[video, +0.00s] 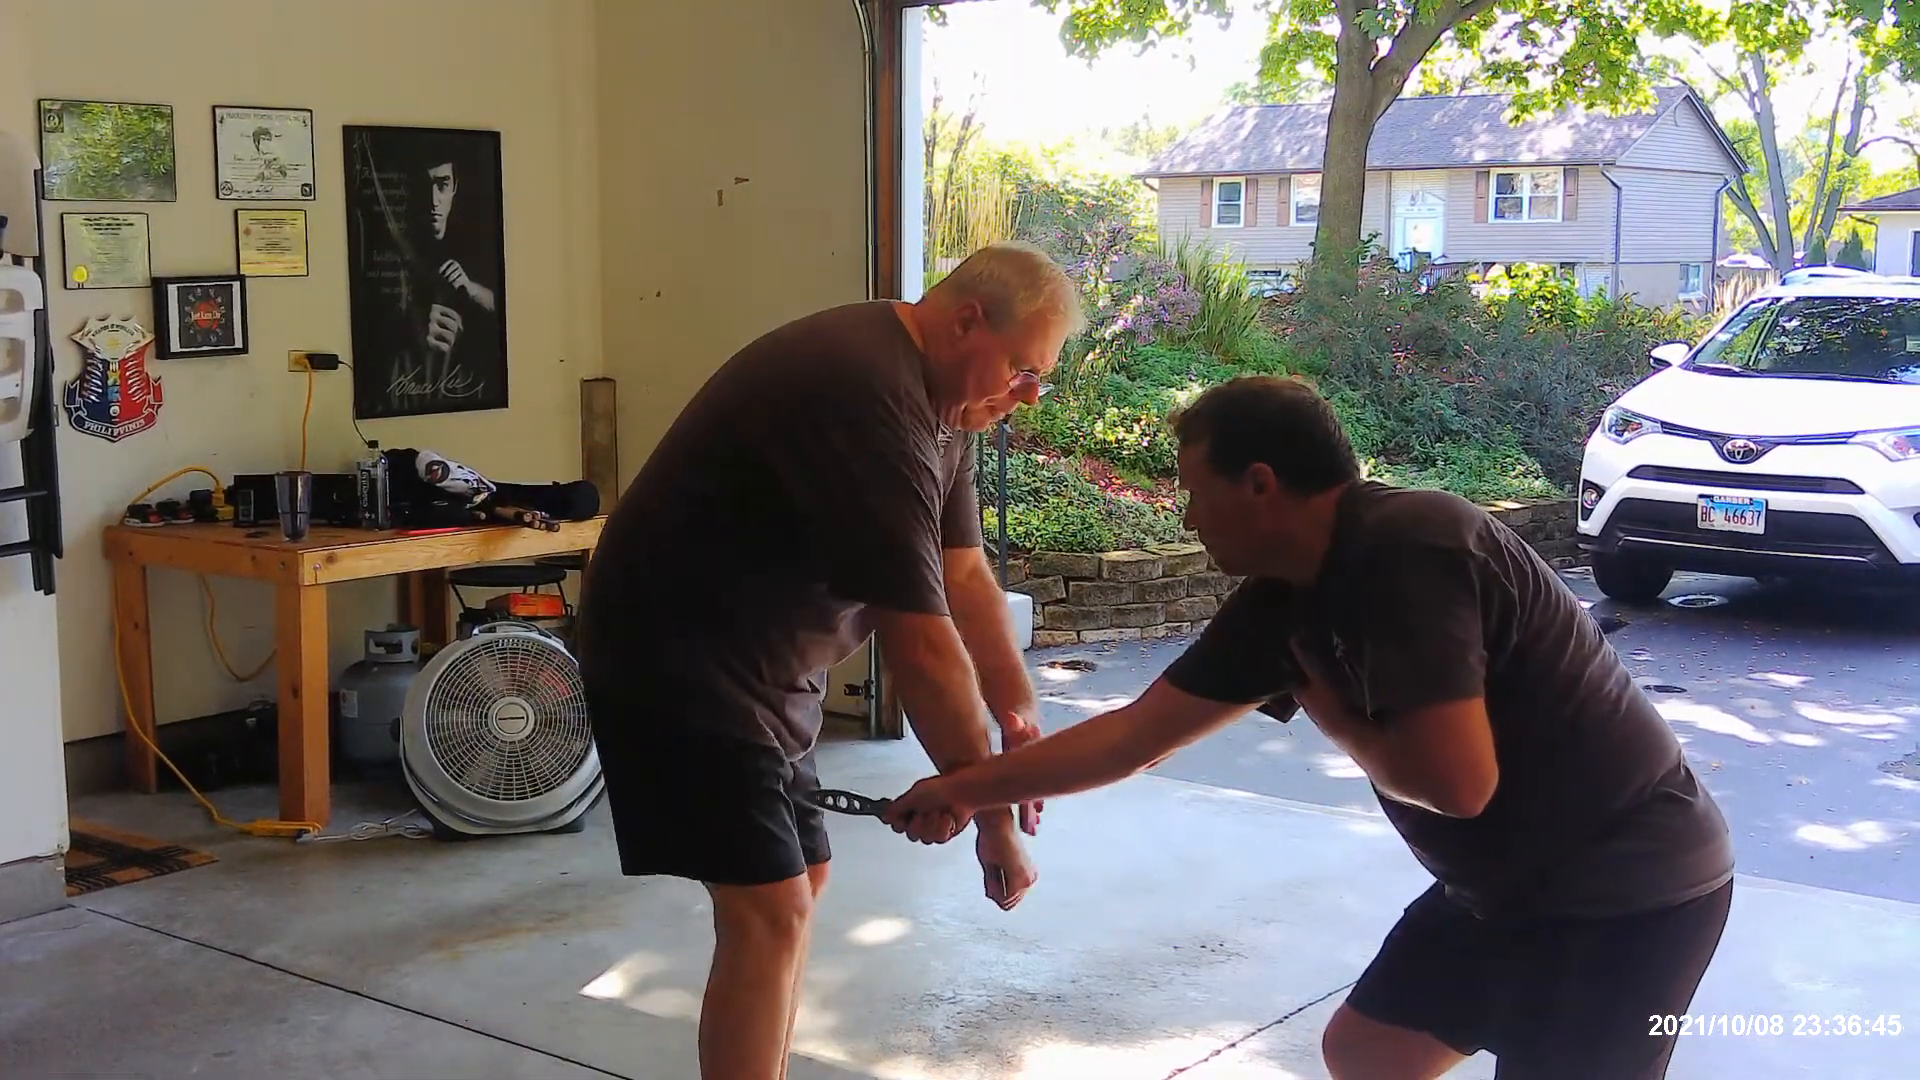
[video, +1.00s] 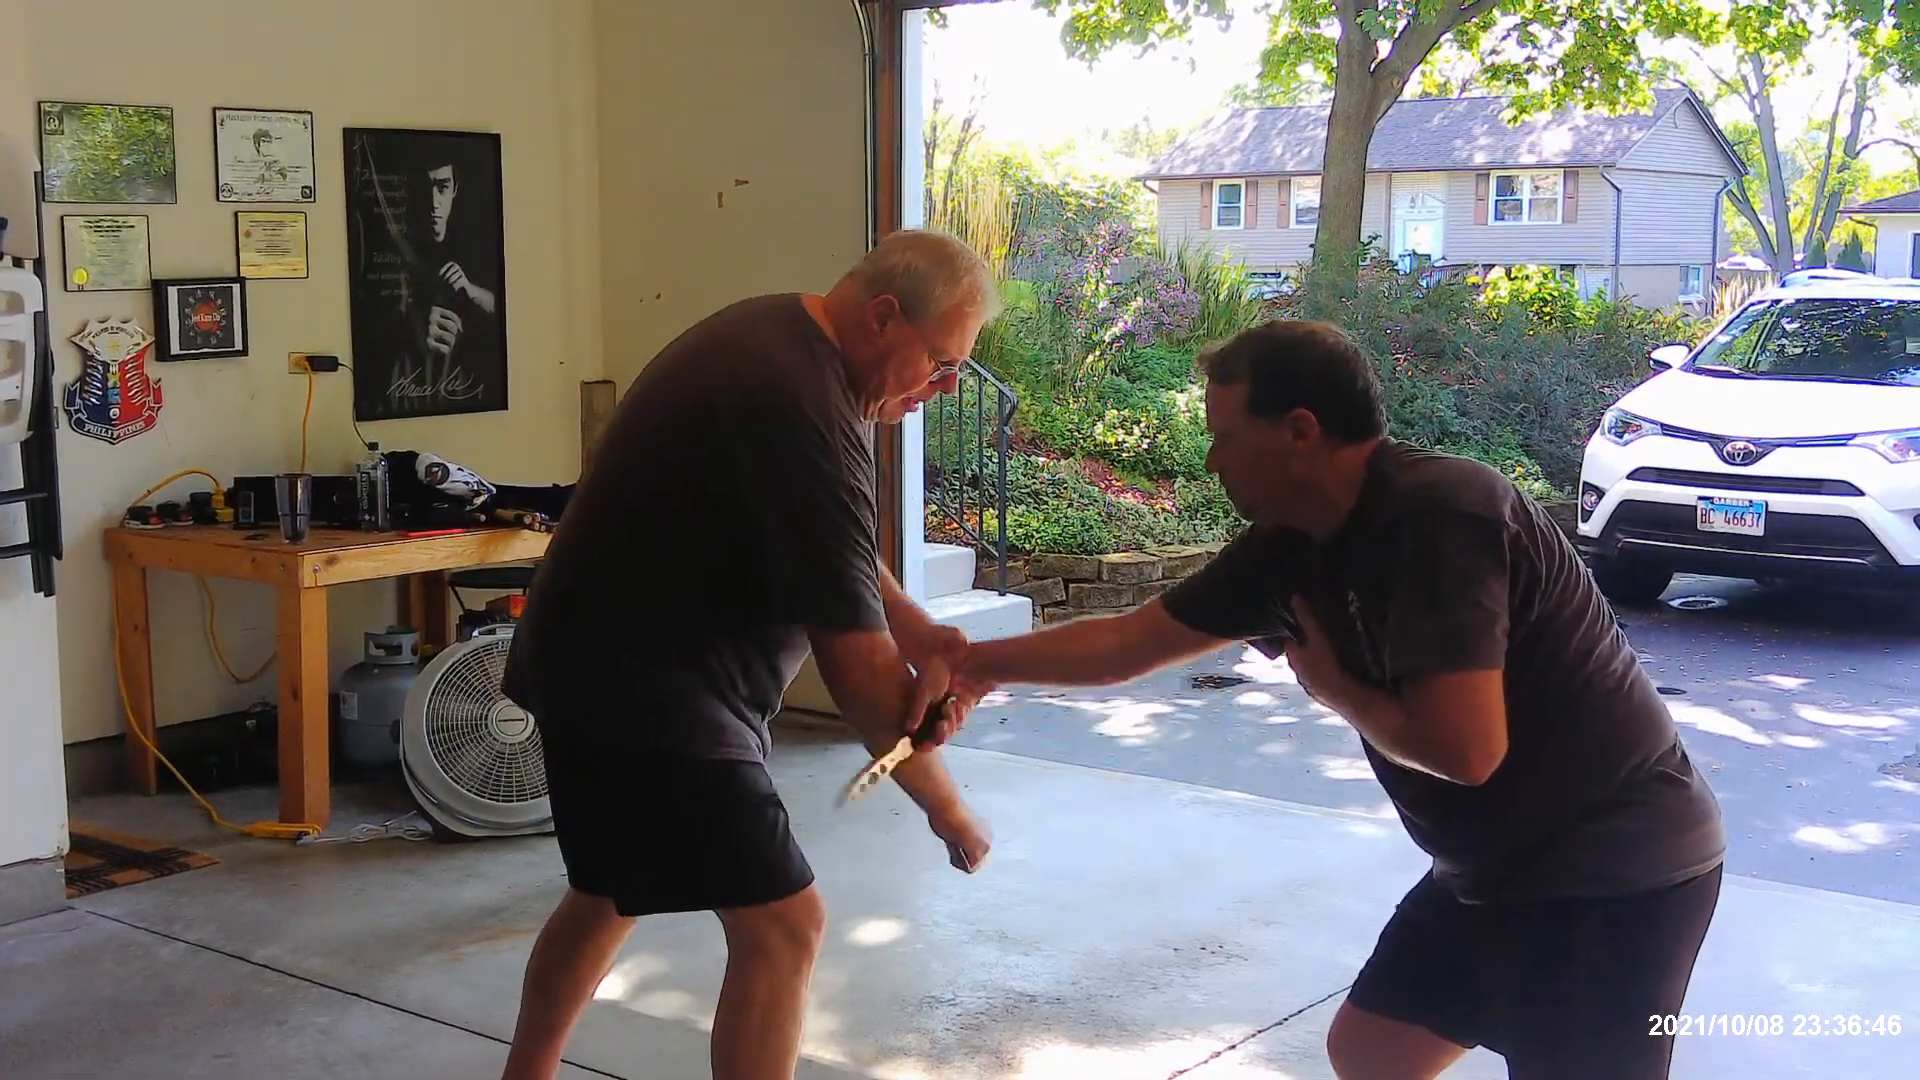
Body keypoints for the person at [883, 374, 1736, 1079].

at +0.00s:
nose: (1183, 506)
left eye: (1192, 482)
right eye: (1183, 483)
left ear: (1261, 487)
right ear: (1262, 488)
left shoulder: (1409, 552)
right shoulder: (1281, 598)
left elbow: (1463, 784)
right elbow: (1138, 732)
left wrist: (1341, 724)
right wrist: (972, 788)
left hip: (1634, 883)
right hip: (1498, 877)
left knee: (1573, 1066)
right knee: (1365, 1047)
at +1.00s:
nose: (1213, 458)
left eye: (1224, 434)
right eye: (1212, 435)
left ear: (1301, 434)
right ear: (1300, 437)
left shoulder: (1445, 517)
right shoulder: (1289, 542)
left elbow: (1469, 748)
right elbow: (1134, 639)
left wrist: (1338, 691)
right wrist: (976, 659)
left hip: (1625, 865)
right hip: (1491, 865)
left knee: (1585, 1069)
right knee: (1371, 1050)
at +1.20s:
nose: (1199, 406)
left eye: (1218, 384)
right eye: (1204, 383)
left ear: (1303, 401)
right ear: (1291, 404)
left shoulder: (1399, 492)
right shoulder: (1262, 503)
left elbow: (1429, 722)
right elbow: (1122, 553)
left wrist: (1291, 642)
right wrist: (969, 584)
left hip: (1607, 836)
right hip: (1484, 836)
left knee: (1589, 1076)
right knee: (1388, 1044)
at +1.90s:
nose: (1156, 393)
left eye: (1177, 367)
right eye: (1149, 372)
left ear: (1264, 359)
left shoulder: (1379, 435)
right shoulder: (1181, 487)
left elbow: (1417, 626)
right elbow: (1046, 560)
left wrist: (1250, 568)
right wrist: (932, 594)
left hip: (1532, 797)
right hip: (1388, 821)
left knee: (1556, 1065)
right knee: (1304, 1045)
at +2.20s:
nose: (1202, 333)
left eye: (1228, 309)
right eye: (1200, 310)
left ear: (1317, 314)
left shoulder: (1405, 410)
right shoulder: (1220, 454)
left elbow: (1403, 594)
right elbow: (1113, 560)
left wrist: (1261, 536)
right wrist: (991, 627)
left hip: (1511, 804)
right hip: (1367, 818)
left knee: (1539, 1061)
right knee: (1317, 1050)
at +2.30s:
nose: (1234, 317)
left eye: (1260, 293)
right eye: (1229, 294)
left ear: (1346, 303)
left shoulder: (1421, 401)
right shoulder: (1232, 437)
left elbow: (1406, 583)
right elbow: (1130, 545)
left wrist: (1268, 521)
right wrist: (1007, 610)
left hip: (1500, 806)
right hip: (1359, 818)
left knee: (1523, 1060)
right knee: (1318, 1053)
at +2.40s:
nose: (1250, 316)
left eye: (1276, 293)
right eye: (1244, 293)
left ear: (1361, 301)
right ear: (1237, 299)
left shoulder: (1432, 401)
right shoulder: (1239, 433)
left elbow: (1407, 578)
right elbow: (1142, 534)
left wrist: (1268, 512)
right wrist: (1026, 597)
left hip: (1493, 811)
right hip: (1350, 820)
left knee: (1516, 1062)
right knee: (1314, 1054)